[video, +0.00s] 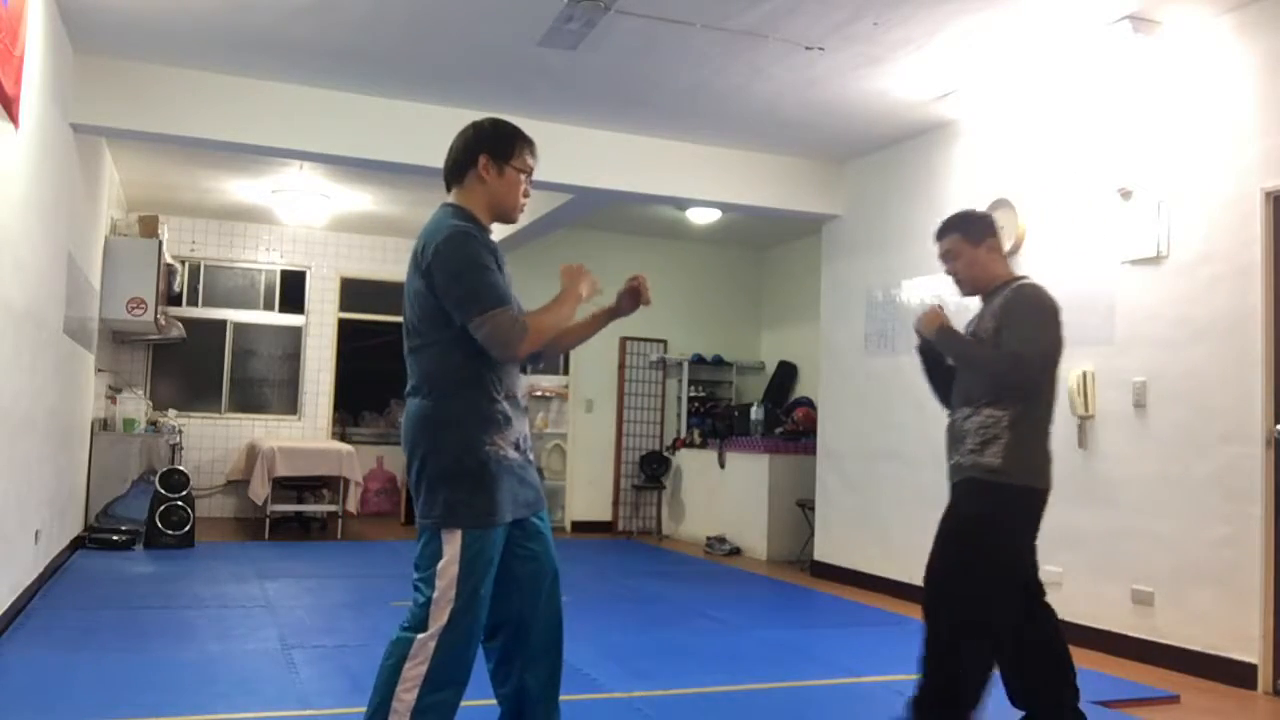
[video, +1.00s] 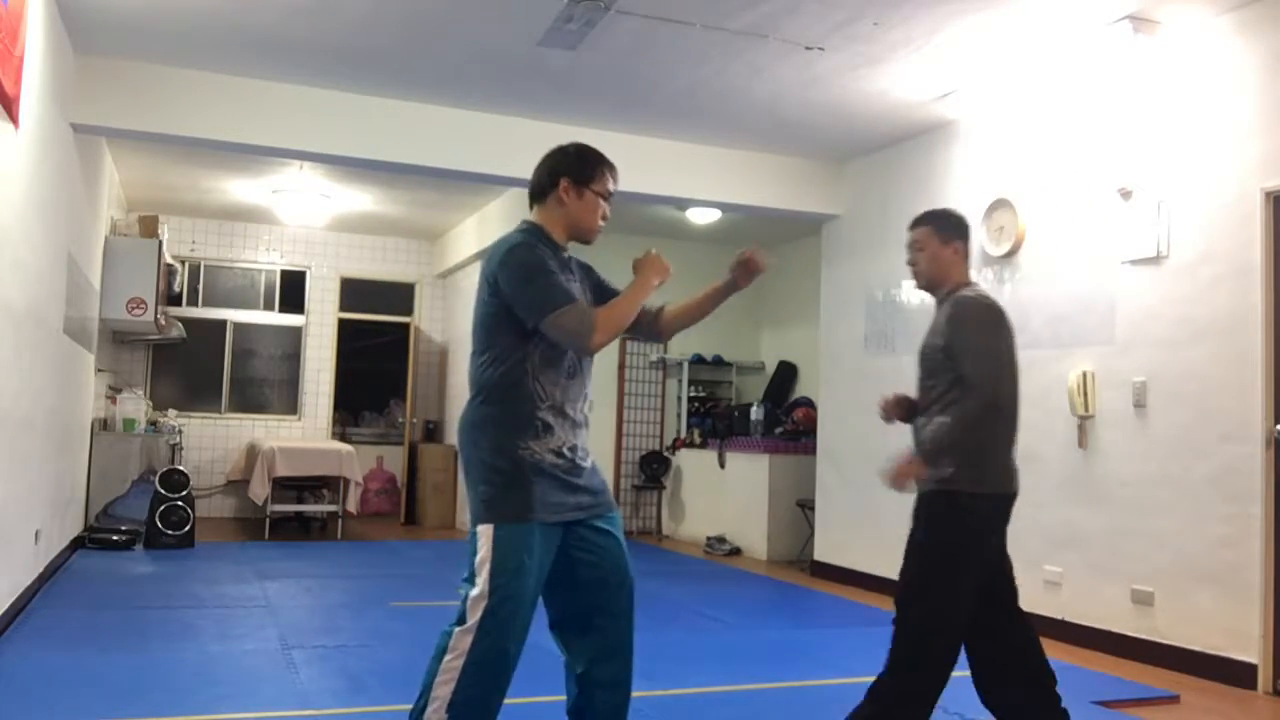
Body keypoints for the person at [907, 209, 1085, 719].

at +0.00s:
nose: (949, 273)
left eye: (953, 259)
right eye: (945, 264)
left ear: (989, 246)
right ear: (975, 255)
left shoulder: (1027, 301)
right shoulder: (985, 319)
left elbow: (1015, 373)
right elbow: (957, 396)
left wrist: (945, 336)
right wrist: (930, 346)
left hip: (1004, 481)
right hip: (979, 480)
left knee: (951, 596)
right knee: (1014, 604)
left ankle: (938, 710)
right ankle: (1056, 710)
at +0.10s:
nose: (925, 275)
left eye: (929, 261)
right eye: (921, 266)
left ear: (964, 248)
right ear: (956, 255)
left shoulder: (997, 302)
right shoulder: (974, 313)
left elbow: (956, 348)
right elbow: (927, 391)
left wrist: (909, 310)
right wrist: (908, 328)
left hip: (976, 486)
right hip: (967, 485)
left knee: (928, 606)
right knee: (1004, 608)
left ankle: (910, 709)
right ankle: (1055, 709)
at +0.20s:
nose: (890, 267)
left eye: (895, 253)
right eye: (888, 256)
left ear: (932, 245)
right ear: (925, 252)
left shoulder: (960, 296)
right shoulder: (952, 307)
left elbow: (892, 322)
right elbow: (921, 391)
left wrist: (831, 288)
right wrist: (883, 345)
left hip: (948, 488)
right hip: (961, 489)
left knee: (898, 612)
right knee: (973, 601)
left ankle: (891, 715)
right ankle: (1050, 712)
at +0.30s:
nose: (859, 260)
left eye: (865, 246)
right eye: (857, 249)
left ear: (902, 238)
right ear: (904, 243)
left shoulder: (921, 288)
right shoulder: (940, 296)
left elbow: (835, 310)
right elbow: (918, 388)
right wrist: (872, 360)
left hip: (927, 483)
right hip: (958, 483)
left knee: (877, 611)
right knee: (946, 596)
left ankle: (885, 714)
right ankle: (1020, 712)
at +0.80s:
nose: (860, 255)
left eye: (867, 242)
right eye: (858, 245)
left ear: (902, 238)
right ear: (903, 243)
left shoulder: (920, 294)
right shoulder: (931, 299)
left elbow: (853, 347)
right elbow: (904, 393)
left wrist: (775, 365)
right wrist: (855, 367)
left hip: (922, 482)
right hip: (945, 480)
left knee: (877, 603)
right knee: (953, 594)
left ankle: (887, 715)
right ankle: (1024, 706)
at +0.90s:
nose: (888, 261)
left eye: (894, 248)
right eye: (887, 251)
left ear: (930, 245)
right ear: (925, 250)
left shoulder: (942, 306)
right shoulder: (956, 306)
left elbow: (922, 391)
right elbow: (937, 397)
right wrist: (891, 394)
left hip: (937, 491)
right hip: (959, 489)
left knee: (902, 621)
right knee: (974, 611)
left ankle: (890, 715)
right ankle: (1036, 713)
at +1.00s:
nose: (909, 260)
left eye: (918, 249)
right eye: (908, 251)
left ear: (954, 250)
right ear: (944, 255)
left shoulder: (972, 310)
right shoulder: (953, 311)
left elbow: (983, 397)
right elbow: (963, 395)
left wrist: (923, 455)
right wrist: (915, 408)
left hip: (967, 492)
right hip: (962, 488)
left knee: (924, 614)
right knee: (992, 620)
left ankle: (890, 712)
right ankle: (1038, 711)